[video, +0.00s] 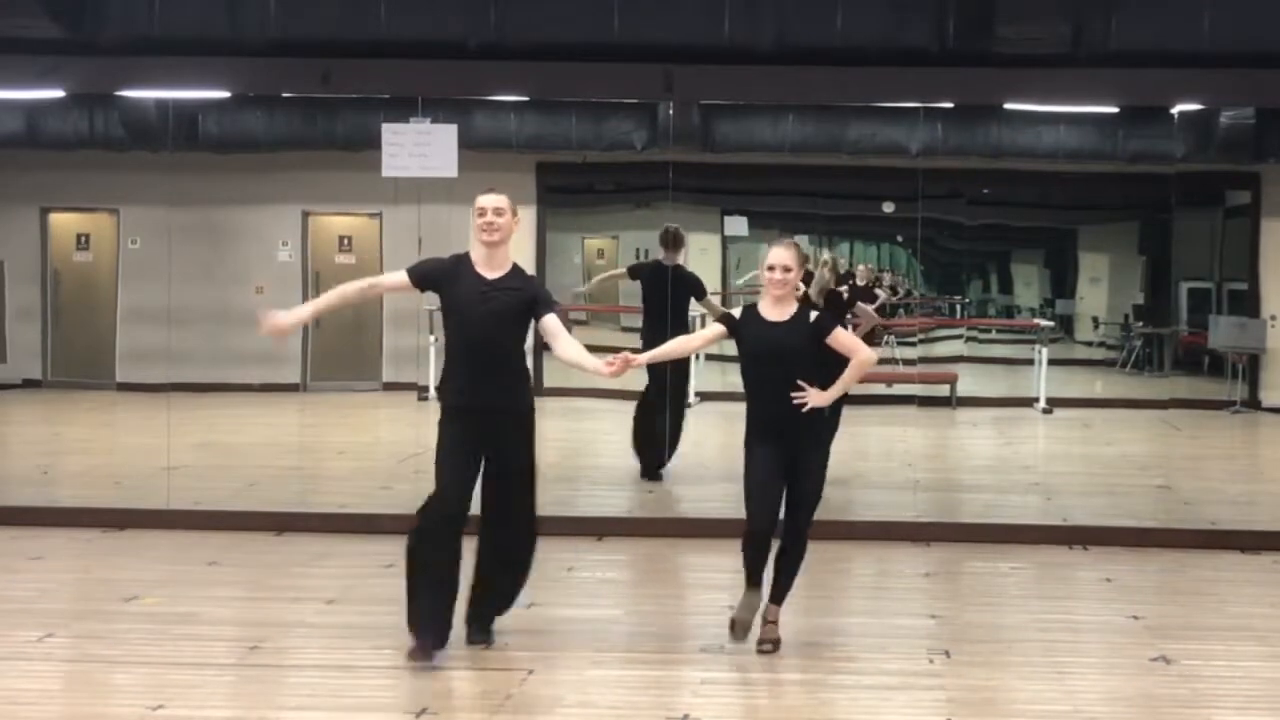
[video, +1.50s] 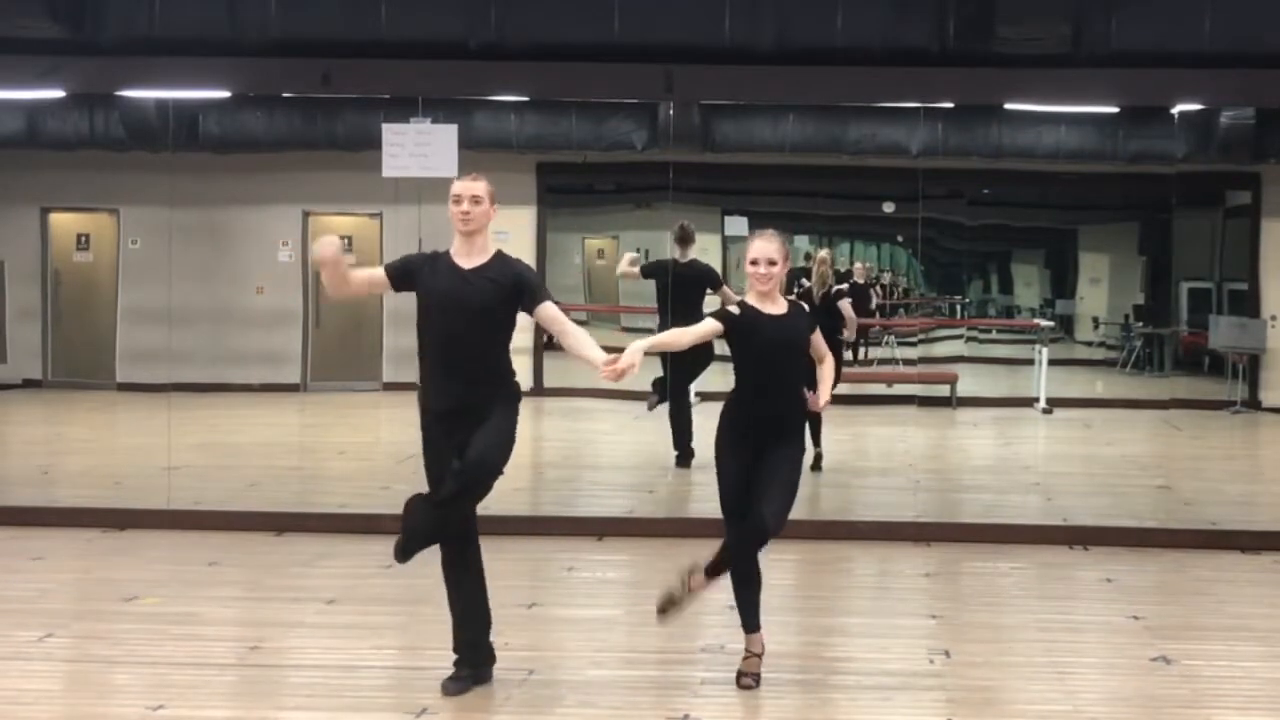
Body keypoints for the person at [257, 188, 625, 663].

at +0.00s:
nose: (489, 219)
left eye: (498, 213)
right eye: (482, 213)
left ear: (515, 223)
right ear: (472, 223)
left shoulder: (529, 287)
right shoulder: (446, 270)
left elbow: (562, 341)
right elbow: (365, 288)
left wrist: (596, 365)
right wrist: (298, 315)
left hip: (513, 415)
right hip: (461, 411)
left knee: (509, 518)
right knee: (447, 510)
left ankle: (483, 615)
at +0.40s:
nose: (473, 215)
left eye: (483, 208)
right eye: (466, 208)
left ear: (503, 219)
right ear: (458, 218)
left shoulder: (523, 282)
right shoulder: (435, 268)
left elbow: (556, 343)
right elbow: (351, 273)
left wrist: (593, 350)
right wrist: (271, 273)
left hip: (498, 416)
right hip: (447, 414)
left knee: (463, 522)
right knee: (455, 527)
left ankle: (433, 604)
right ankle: (463, 651)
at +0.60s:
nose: (466, 226)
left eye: (476, 218)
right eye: (459, 218)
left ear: (496, 226)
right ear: (451, 226)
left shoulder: (518, 293)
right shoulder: (430, 281)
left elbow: (553, 358)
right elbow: (345, 285)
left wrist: (593, 355)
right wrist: (261, 279)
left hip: (492, 434)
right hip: (436, 432)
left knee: (491, 546)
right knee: (437, 547)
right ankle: (466, 655)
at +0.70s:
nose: (465, 244)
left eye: (474, 235)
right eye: (457, 235)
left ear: (493, 242)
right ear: (449, 242)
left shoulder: (517, 305)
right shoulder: (429, 297)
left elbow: (554, 369)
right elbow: (339, 295)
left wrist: (588, 365)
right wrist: (259, 283)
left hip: (480, 447)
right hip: (427, 445)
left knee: (471, 554)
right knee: (426, 555)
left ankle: (526, 513)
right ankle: (464, 655)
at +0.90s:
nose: (467, 221)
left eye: (477, 214)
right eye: (459, 213)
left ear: (494, 222)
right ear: (449, 221)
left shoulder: (513, 288)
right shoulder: (424, 274)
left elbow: (547, 347)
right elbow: (338, 275)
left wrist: (579, 372)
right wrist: (256, 267)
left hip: (488, 423)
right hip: (433, 422)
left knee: (463, 525)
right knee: (432, 531)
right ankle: (467, 654)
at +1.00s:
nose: (467, 212)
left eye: (477, 204)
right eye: (460, 204)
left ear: (494, 213)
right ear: (449, 212)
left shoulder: (513, 279)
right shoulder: (424, 265)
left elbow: (545, 337)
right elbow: (337, 261)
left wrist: (578, 365)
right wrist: (251, 256)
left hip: (491, 408)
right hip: (435, 410)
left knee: (457, 473)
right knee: (453, 535)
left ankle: (390, 557)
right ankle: (465, 659)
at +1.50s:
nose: (465, 208)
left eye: (475, 200)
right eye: (458, 200)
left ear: (493, 210)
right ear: (448, 209)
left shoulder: (514, 275)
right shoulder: (424, 266)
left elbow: (562, 327)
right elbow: (347, 285)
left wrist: (601, 360)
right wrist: (330, 263)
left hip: (494, 405)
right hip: (440, 410)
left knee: (480, 470)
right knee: (458, 532)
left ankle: (423, 522)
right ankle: (474, 656)